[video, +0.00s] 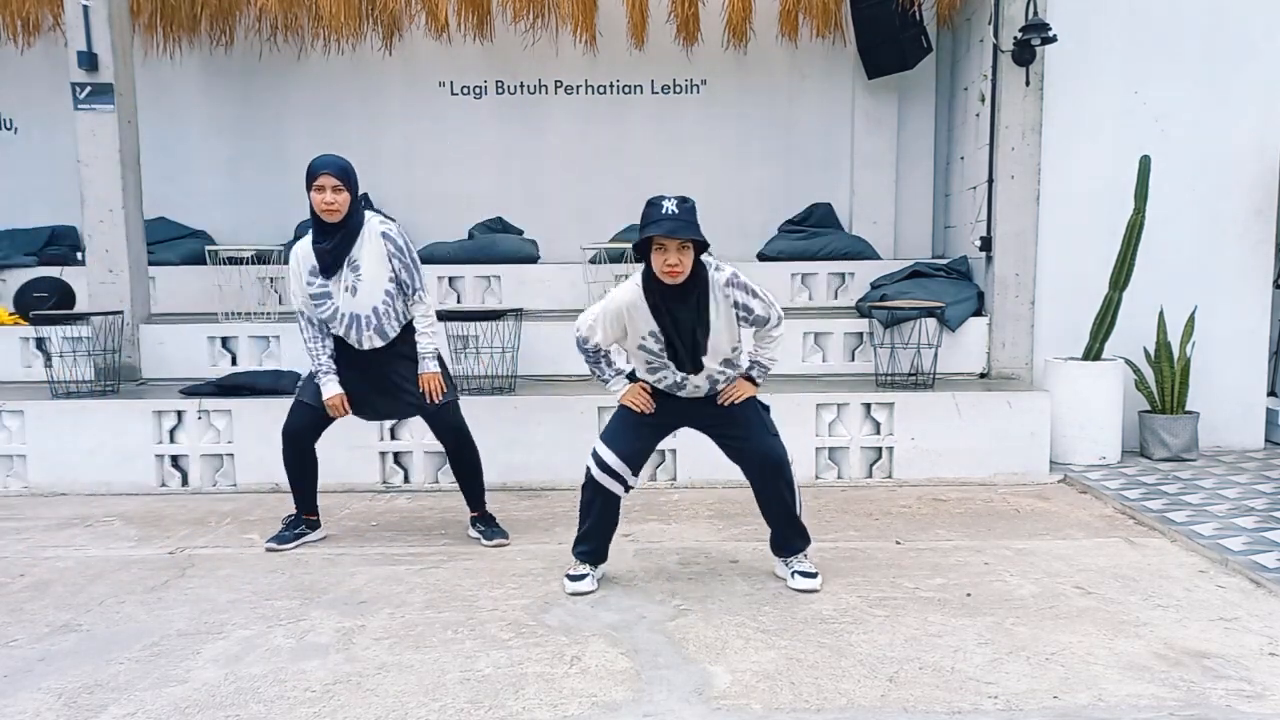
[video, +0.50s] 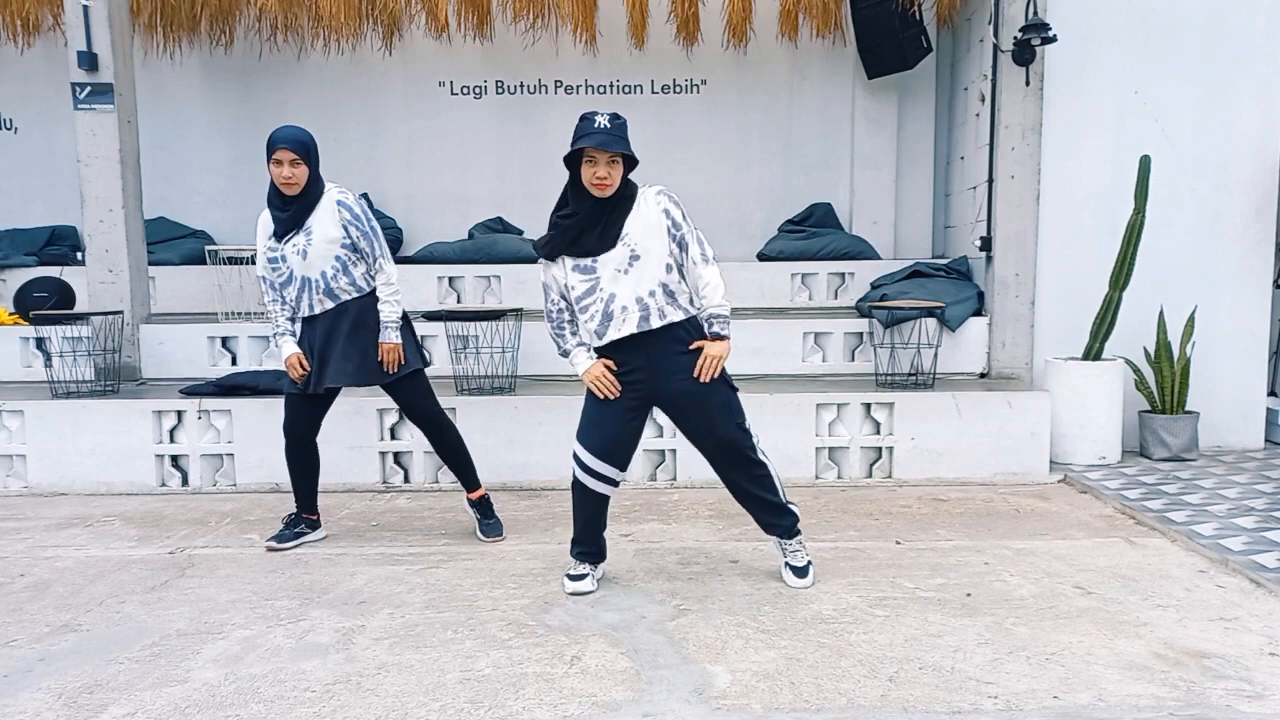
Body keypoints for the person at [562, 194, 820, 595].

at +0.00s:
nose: (673, 259)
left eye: (682, 248)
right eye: (662, 249)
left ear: (697, 249)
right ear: (647, 252)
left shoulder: (725, 283)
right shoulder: (629, 297)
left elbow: (771, 319)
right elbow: (587, 335)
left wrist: (753, 375)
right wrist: (622, 383)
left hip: (723, 395)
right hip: (656, 398)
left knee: (771, 459)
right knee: (606, 465)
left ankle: (791, 553)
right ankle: (587, 560)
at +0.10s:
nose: (632, 218)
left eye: (641, 207)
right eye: (621, 208)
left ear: (656, 208)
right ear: (605, 211)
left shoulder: (688, 245)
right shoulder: (591, 267)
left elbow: (738, 297)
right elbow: (569, 327)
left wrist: (738, 356)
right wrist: (606, 373)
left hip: (705, 372)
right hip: (637, 380)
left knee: (762, 447)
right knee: (598, 461)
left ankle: (799, 547)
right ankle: (586, 559)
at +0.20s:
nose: (609, 183)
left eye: (619, 173)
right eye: (599, 172)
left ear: (634, 173)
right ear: (584, 175)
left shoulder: (665, 210)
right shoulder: (572, 241)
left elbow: (712, 269)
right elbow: (566, 317)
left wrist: (728, 336)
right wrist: (597, 363)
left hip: (691, 351)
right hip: (626, 367)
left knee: (750, 441)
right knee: (596, 460)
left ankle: (805, 530)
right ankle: (586, 557)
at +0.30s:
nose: (601, 172)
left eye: (611, 161)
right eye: (592, 162)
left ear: (625, 162)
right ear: (576, 164)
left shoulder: (657, 202)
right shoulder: (559, 228)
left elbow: (699, 264)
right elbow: (561, 304)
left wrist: (720, 329)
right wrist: (588, 358)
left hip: (683, 343)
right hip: (619, 356)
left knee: (738, 444)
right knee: (597, 460)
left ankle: (798, 531)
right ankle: (586, 558)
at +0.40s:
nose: (600, 176)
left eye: (610, 165)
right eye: (590, 166)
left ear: (624, 168)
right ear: (575, 169)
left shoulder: (656, 209)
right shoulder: (557, 235)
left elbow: (699, 272)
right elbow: (556, 313)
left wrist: (719, 334)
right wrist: (582, 364)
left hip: (679, 347)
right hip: (614, 361)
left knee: (726, 451)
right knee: (592, 464)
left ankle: (782, 539)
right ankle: (586, 559)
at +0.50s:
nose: (602, 172)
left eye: (611, 162)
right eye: (592, 162)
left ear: (626, 164)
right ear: (576, 165)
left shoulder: (658, 205)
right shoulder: (562, 236)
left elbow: (702, 268)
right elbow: (557, 313)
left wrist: (719, 332)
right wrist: (583, 360)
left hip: (680, 346)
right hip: (613, 360)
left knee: (732, 446)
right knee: (591, 463)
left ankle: (787, 536)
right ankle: (585, 557)